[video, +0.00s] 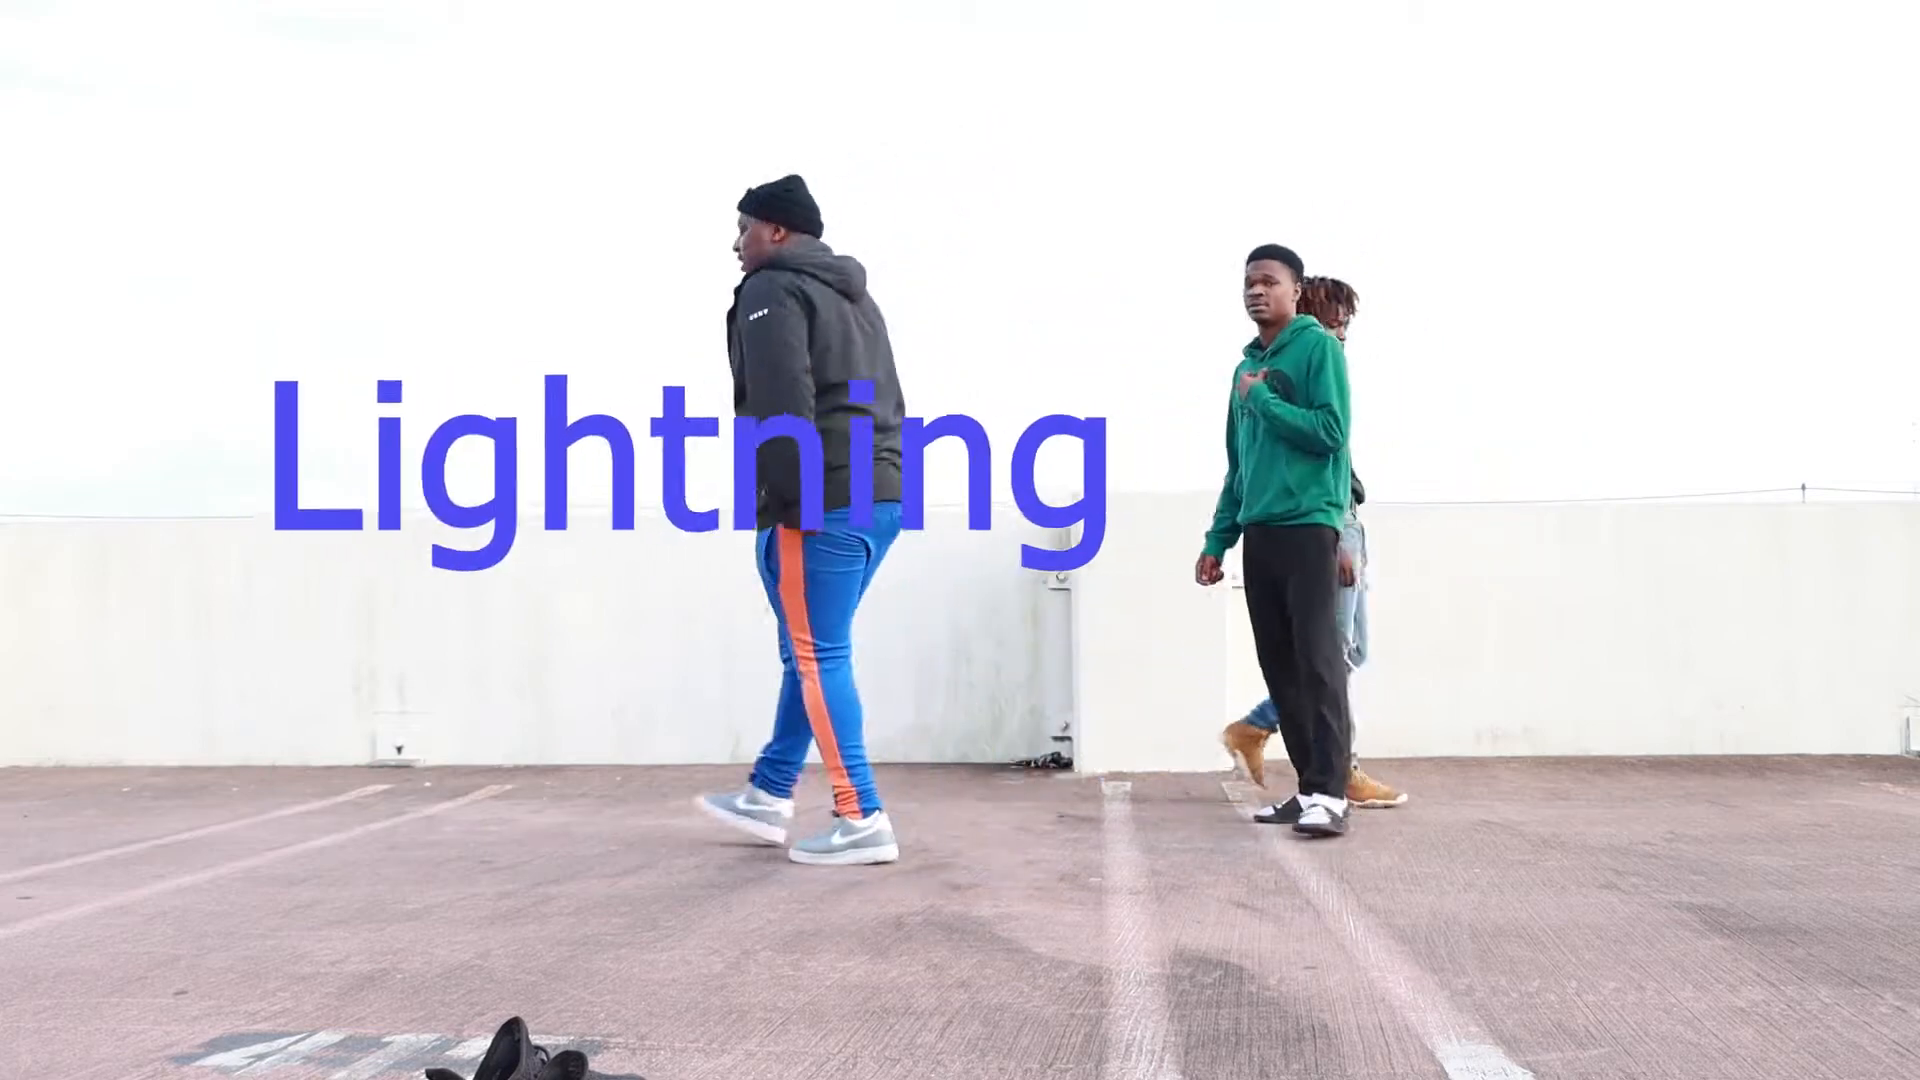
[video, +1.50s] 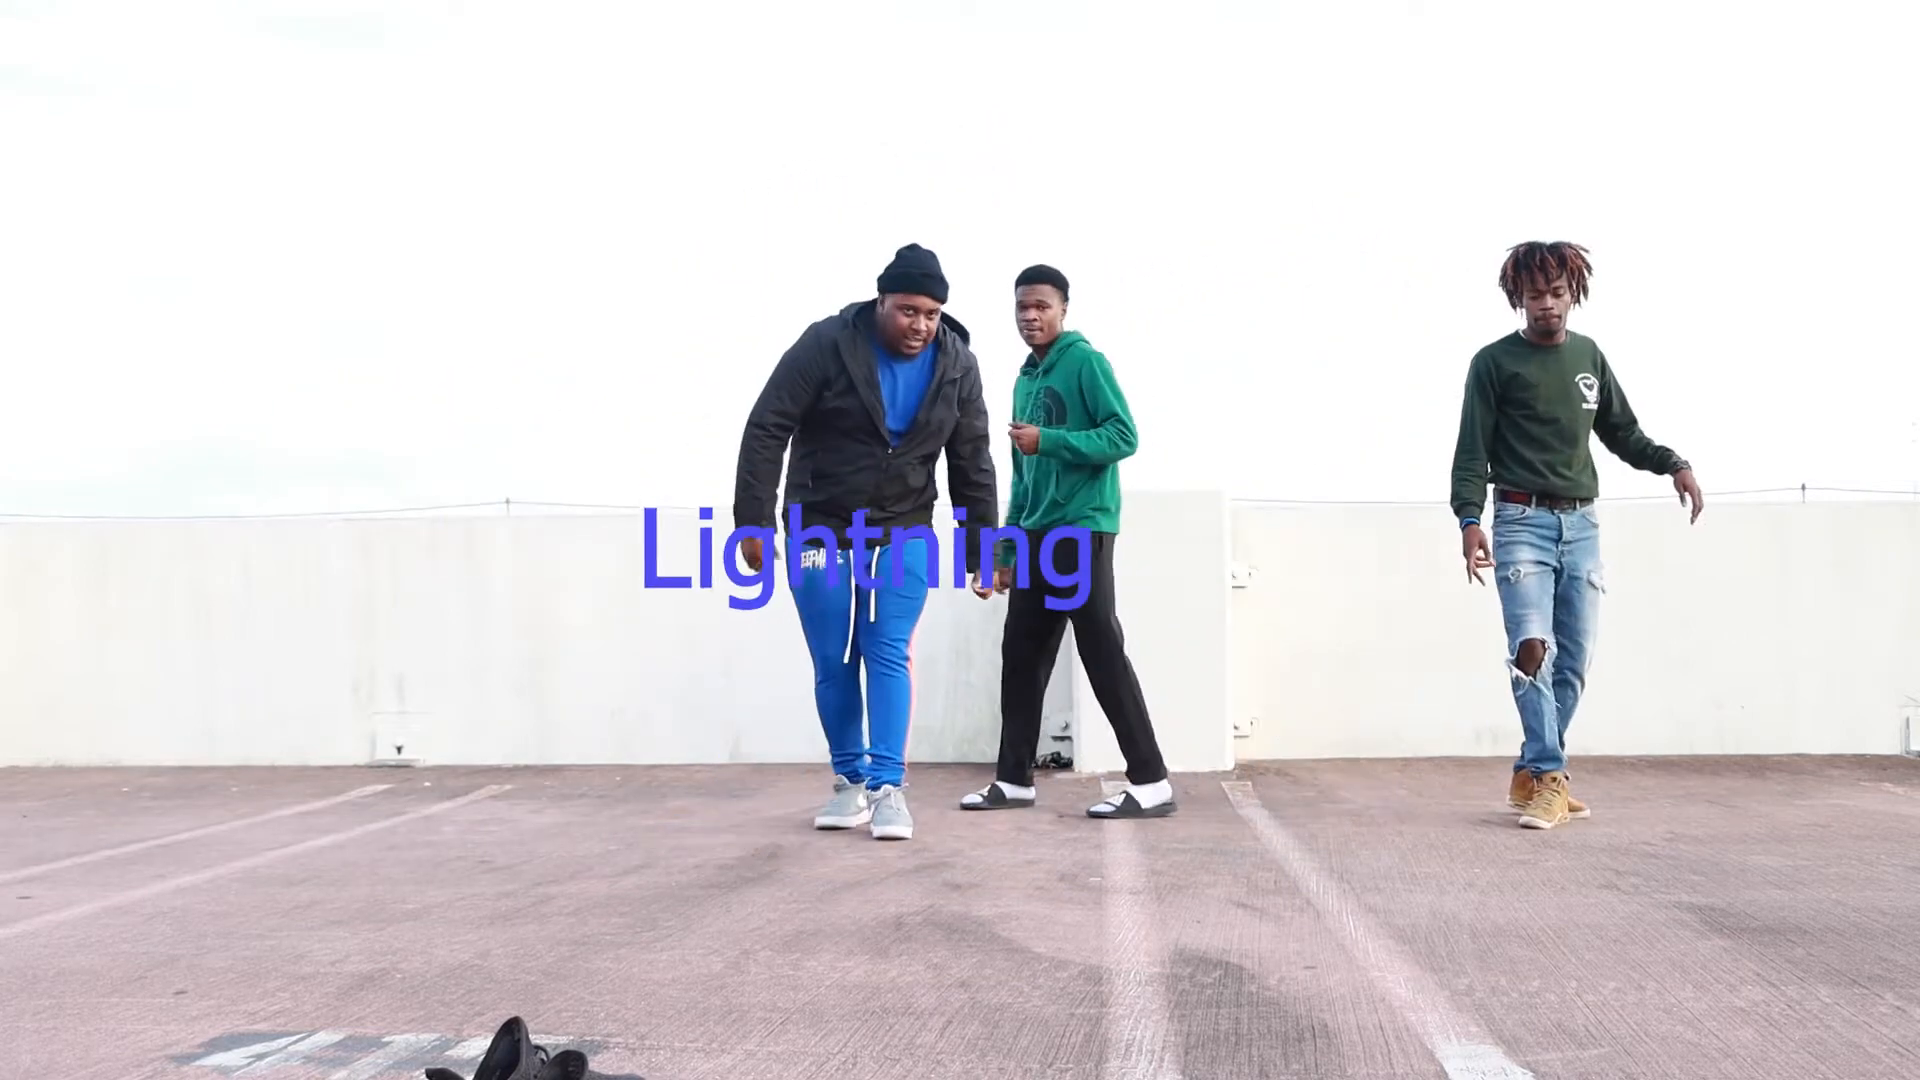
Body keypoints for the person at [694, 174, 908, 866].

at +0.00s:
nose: (737, 243)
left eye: (743, 231)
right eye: (739, 230)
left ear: (773, 230)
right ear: (797, 233)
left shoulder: (769, 291)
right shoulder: (853, 295)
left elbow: (783, 408)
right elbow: (886, 403)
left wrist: (776, 510)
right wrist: (883, 490)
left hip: (819, 507)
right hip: (878, 506)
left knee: (820, 657)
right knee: (807, 652)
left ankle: (860, 817)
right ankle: (769, 793)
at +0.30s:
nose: (706, 257)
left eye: (716, 243)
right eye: (698, 250)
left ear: (753, 242)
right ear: (700, 260)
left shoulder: (787, 291)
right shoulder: (732, 317)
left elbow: (839, 383)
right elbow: (735, 422)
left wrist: (852, 490)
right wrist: (738, 515)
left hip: (802, 511)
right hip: (755, 516)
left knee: (798, 651)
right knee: (752, 660)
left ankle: (857, 804)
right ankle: (738, 806)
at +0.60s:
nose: (716, 259)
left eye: (726, 245)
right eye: (705, 253)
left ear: (758, 248)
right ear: (700, 267)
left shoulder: (811, 297)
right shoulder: (704, 334)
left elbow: (870, 382)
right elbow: (705, 432)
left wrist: (893, 477)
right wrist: (722, 510)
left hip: (820, 508)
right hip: (744, 518)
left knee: (827, 650)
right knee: (742, 661)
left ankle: (880, 785)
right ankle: (739, 806)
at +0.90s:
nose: (790, 265)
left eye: (802, 253)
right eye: (780, 257)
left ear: (830, 258)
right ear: (770, 269)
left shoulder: (881, 321)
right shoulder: (755, 335)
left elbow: (929, 413)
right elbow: (725, 431)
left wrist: (933, 508)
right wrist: (722, 513)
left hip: (867, 519)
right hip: (778, 523)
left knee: (866, 660)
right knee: (769, 661)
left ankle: (884, 792)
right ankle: (742, 802)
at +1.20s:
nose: (877, 293)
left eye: (890, 281)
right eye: (865, 280)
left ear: (909, 282)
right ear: (846, 277)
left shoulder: (941, 340)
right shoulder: (806, 326)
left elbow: (976, 430)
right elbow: (753, 408)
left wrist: (970, 511)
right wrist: (744, 497)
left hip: (896, 524)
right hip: (809, 519)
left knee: (882, 654)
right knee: (800, 651)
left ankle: (884, 791)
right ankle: (801, 792)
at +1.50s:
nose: (921, 326)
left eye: (932, 314)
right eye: (909, 311)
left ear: (942, 311)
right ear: (880, 300)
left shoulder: (955, 360)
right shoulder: (826, 344)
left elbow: (973, 458)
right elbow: (766, 428)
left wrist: (983, 549)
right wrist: (753, 521)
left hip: (902, 521)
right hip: (820, 521)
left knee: (887, 648)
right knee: (832, 659)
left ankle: (887, 789)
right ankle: (850, 782)